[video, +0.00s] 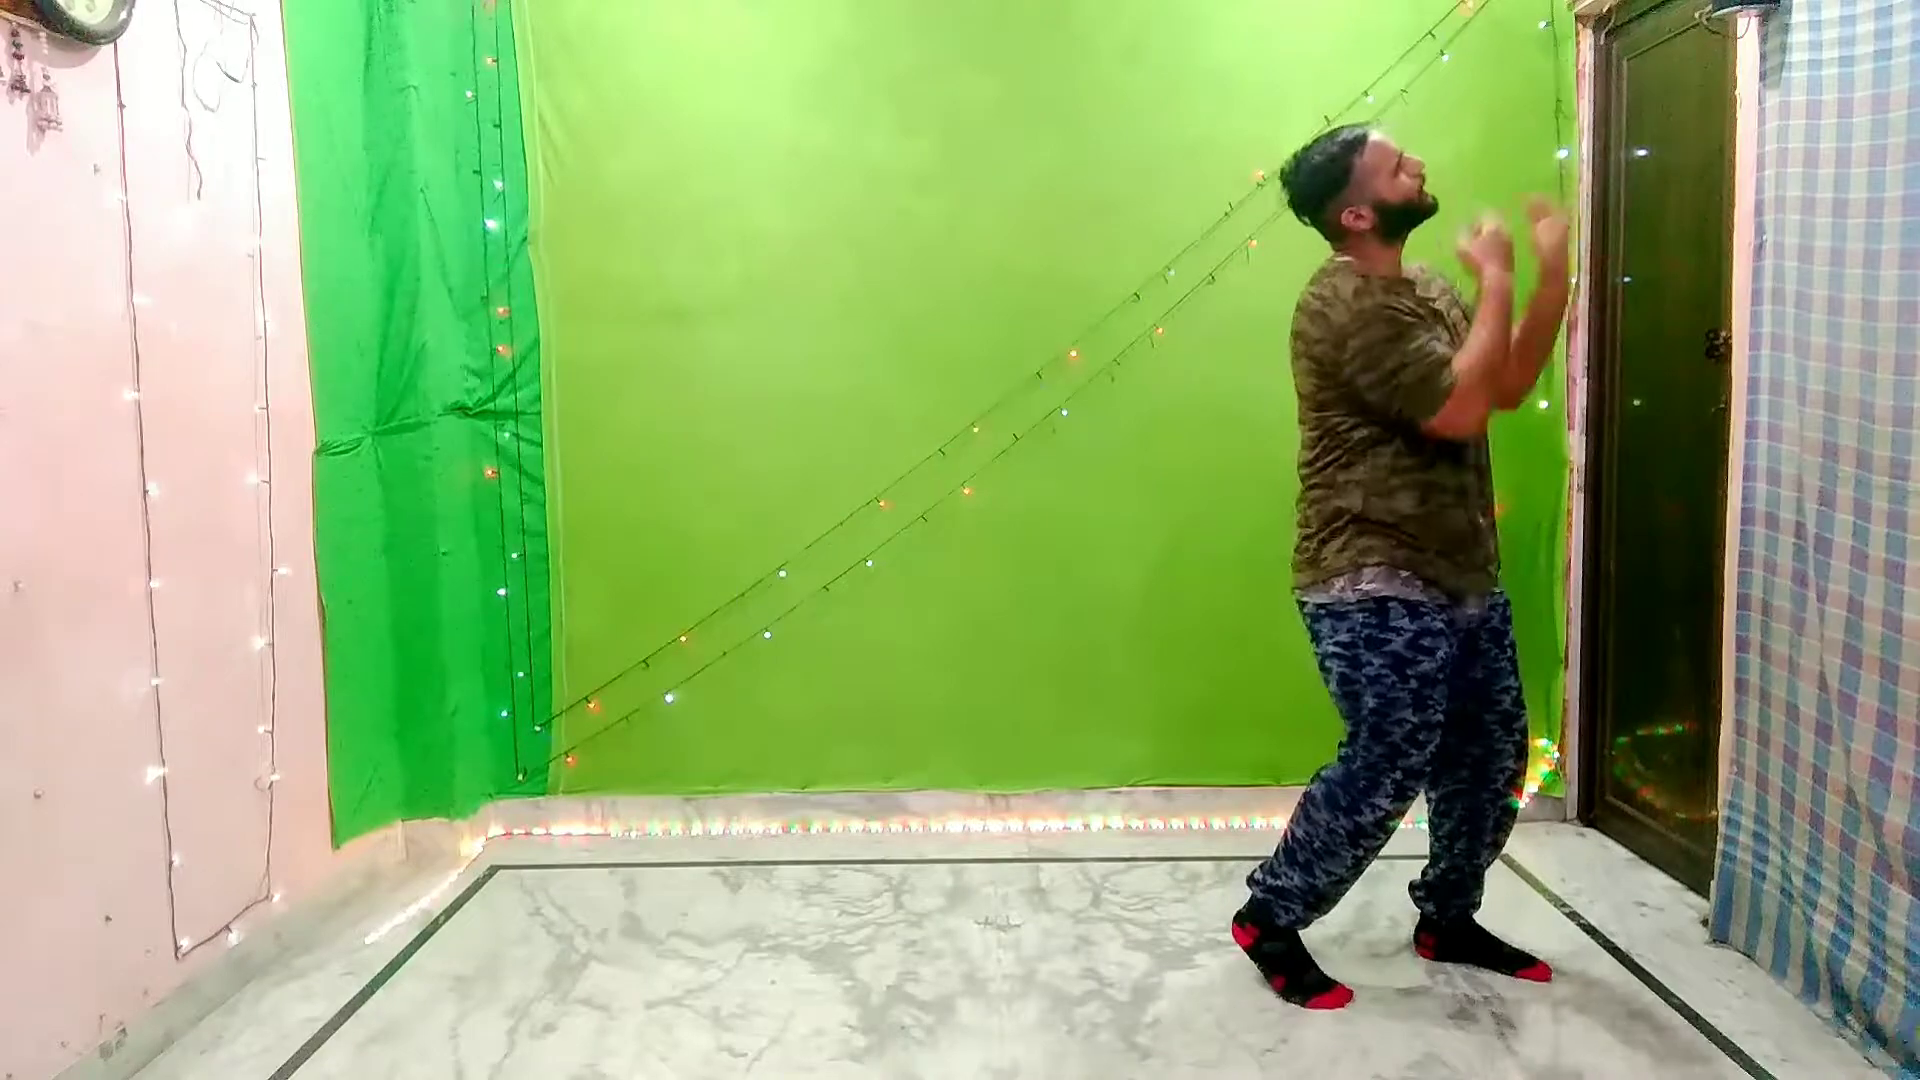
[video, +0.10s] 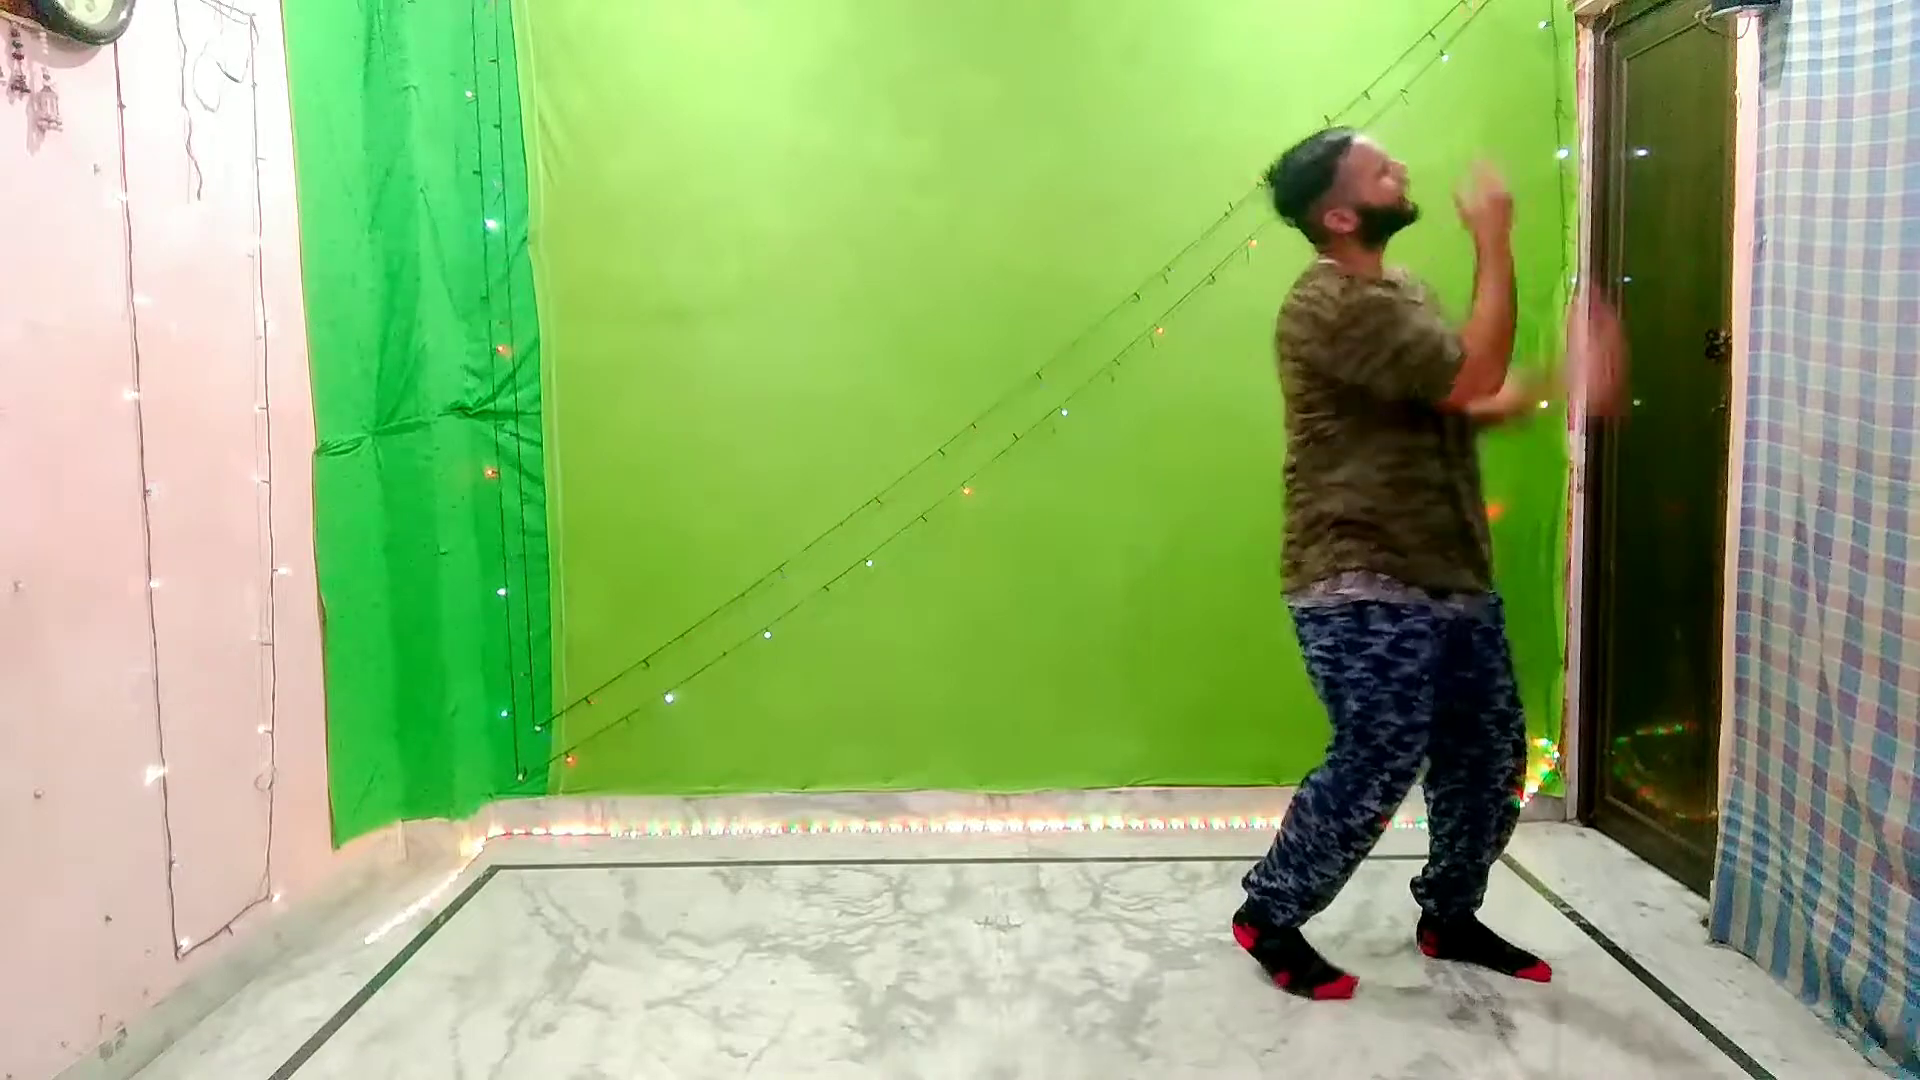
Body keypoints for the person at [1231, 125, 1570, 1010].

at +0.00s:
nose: (1412, 157)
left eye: (1398, 147)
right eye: (1391, 159)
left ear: (1371, 212)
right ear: (1357, 214)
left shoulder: (1428, 292)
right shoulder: (1346, 301)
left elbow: (1508, 384)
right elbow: (1456, 410)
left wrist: (1555, 277)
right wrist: (1496, 282)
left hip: (1458, 569)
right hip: (1368, 571)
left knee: (1490, 746)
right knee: (1393, 747)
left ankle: (1448, 917)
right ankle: (1271, 917)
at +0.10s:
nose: (1394, 164)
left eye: (1382, 155)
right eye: (1370, 164)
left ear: (1351, 213)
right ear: (1332, 213)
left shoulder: (1407, 304)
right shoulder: (1329, 301)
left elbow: (1451, 413)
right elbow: (1471, 379)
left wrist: (1540, 389)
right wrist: (1493, 245)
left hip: (1450, 577)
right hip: (1359, 576)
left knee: (1487, 753)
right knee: (1382, 750)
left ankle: (1450, 915)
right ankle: (1268, 913)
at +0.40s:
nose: (1264, 125)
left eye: (1251, 115)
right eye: (1244, 118)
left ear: (1206, 159)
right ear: (1210, 153)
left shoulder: (1223, 235)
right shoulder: (1220, 235)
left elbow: (1350, 173)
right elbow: (1361, 174)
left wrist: (1390, 44)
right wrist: (1394, 29)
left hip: (1258, 536)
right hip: (1259, 541)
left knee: (1279, 719)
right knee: (1286, 733)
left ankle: (1215, 853)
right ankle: (1262, 921)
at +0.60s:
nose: (1221, 146)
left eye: (1209, 136)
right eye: (1200, 146)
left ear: (1181, 197)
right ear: (1170, 196)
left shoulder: (1206, 265)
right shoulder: (1173, 269)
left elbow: (1293, 333)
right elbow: (1297, 333)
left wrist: (1320, 205)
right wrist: (1324, 203)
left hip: (1172, 550)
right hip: (1139, 551)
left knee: (1187, 726)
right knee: (1193, 729)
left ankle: (1124, 892)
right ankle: (1143, 908)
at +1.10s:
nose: (943, 223)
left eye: (938, 211)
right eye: (923, 217)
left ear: (923, 247)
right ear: (886, 252)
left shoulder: (946, 332)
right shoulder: (872, 333)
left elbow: (1023, 349)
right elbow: (992, 340)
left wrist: (1109, 325)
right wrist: (1120, 301)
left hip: (963, 616)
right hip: (859, 620)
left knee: (1046, 740)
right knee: (796, 778)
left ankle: (1096, 912)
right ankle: (701, 915)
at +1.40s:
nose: (829, 243)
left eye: (821, 232)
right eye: (807, 241)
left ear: (826, 252)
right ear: (766, 284)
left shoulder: (884, 341)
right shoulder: (758, 356)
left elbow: (988, 366)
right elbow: (833, 378)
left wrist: (1036, 314)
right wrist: (964, 288)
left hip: (923, 613)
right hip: (809, 629)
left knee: (1023, 731)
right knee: (759, 792)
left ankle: (1052, 911)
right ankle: (696, 926)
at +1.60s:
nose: (908, 236)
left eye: (901, 226)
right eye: (885, 234)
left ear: (907, 249)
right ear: (847, 277)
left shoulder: (962, 340)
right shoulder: (840, 367)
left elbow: (1065, 368)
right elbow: (916, 418)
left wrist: (1102, 297)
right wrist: (960, 298)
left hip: (974, 617)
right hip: (866, 629)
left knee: (1057, 745)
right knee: (796, 789)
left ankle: (1021, 911)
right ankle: (704, 918)